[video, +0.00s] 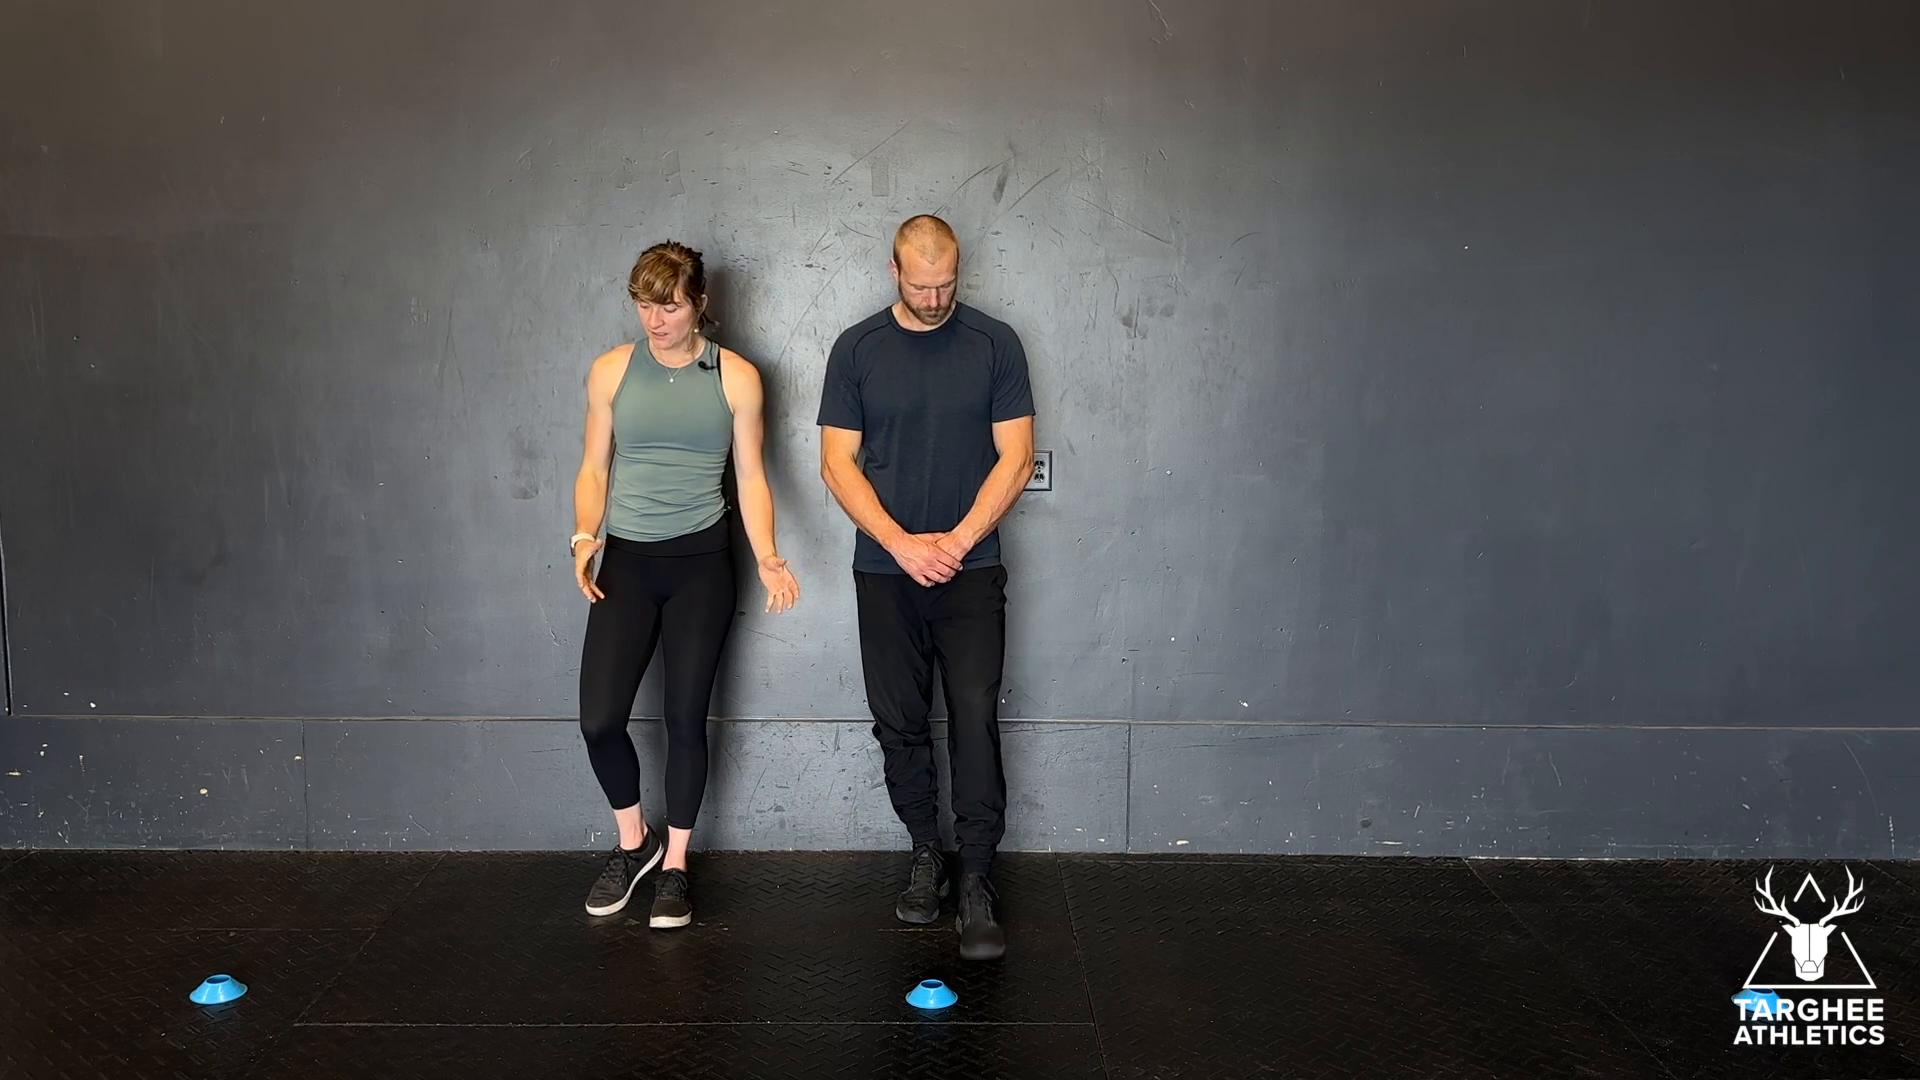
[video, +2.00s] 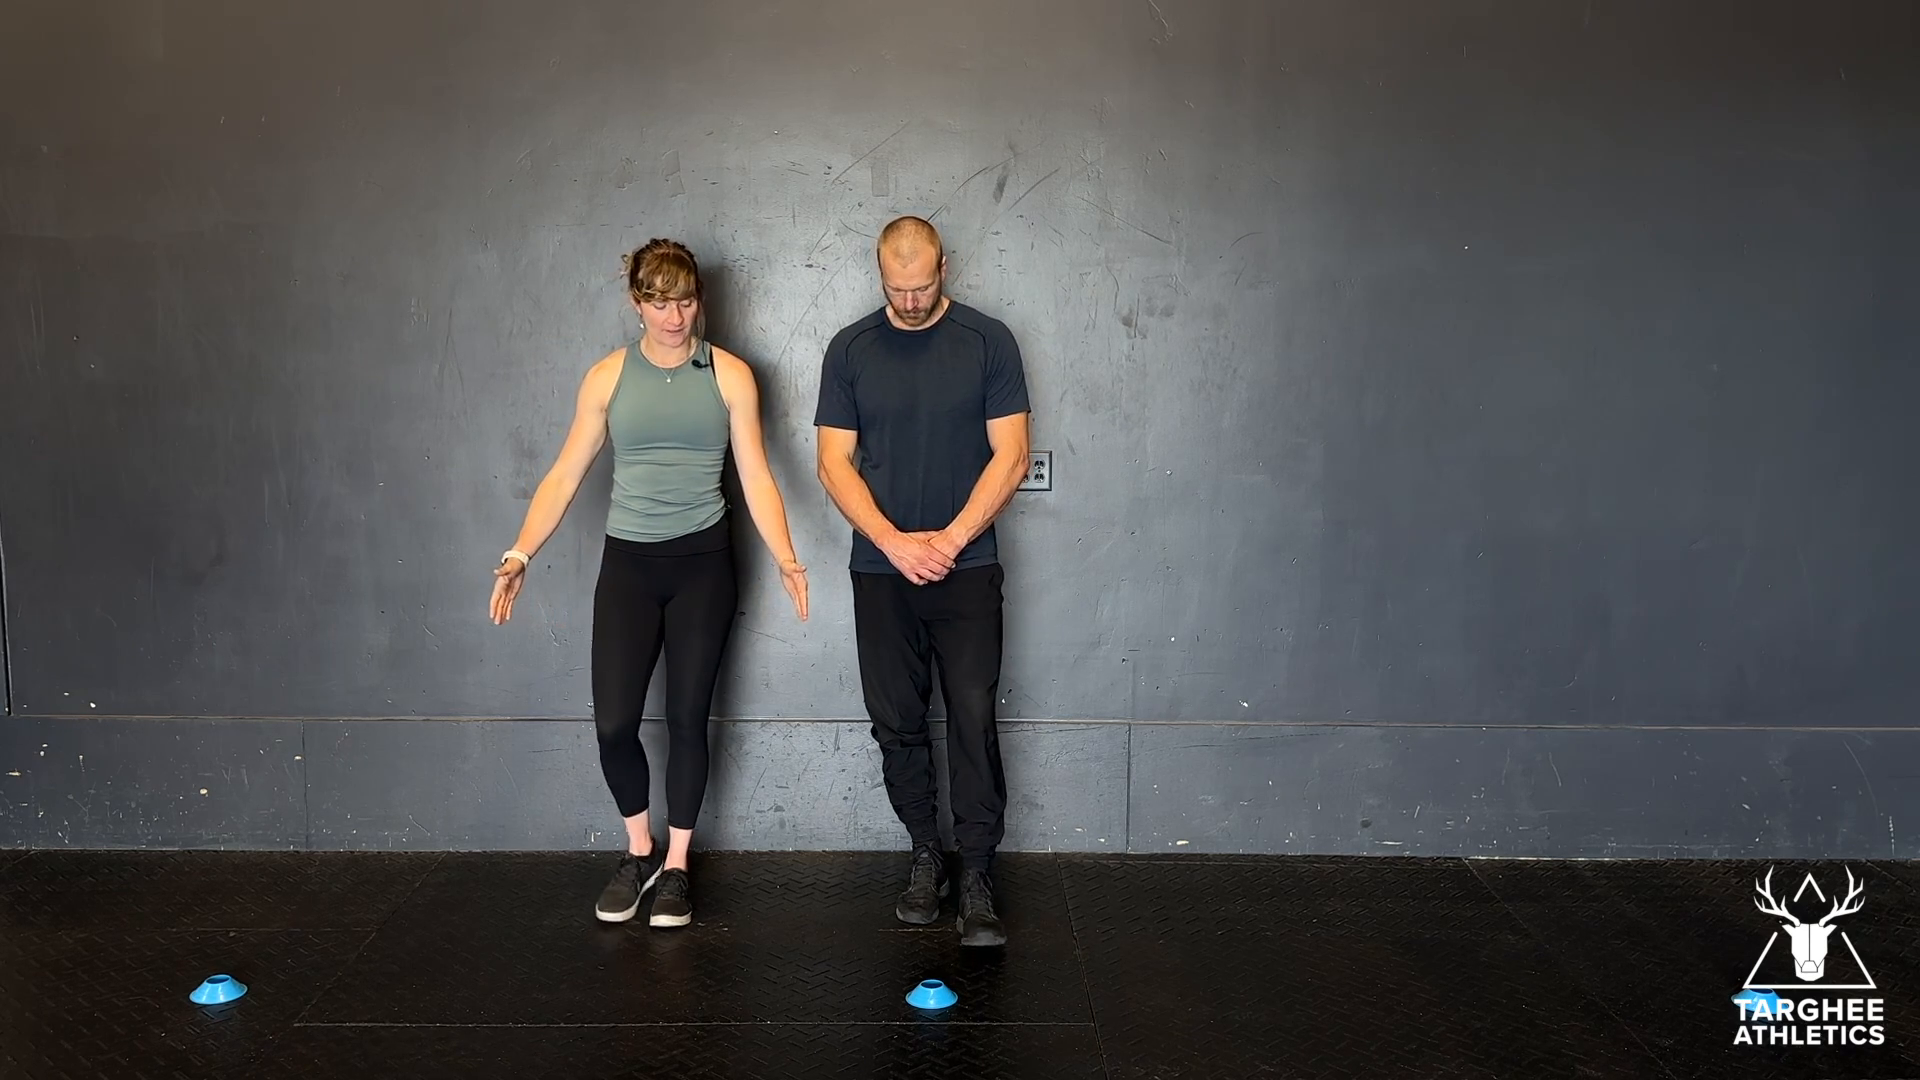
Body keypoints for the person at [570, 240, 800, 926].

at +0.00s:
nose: (654, 319)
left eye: (667, 306)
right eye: (646, 305)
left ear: (698, 304)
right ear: (635, 305)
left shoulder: (736, 377)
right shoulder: (612, 369)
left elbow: (751, 475)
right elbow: (594, 467)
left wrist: (768, 557)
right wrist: (585, 538)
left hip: (703, 560)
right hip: (624, 561)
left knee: (686, 716)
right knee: (600, 719)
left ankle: (675, 866)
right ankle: (636, 843)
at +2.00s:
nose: (675, 315)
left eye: (684, 300)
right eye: (660, 303)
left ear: (699, 301)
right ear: (636, 304)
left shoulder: (730, 376)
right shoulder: (608, 377)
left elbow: (754, 474)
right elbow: (565, 474)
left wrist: (786, 557)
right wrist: (518, 555)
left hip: (703, 562)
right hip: (626, 564)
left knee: (687, 716)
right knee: (615, 724)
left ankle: (676, 868)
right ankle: (642, 855)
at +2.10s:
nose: (676, 311)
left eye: (686, 297)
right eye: (661, 299)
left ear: (699, 301)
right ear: (636, 301)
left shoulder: (729, 377)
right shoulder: (607, 377)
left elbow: (753, 475)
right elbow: (565, 473)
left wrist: (787, 557)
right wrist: (520, 557)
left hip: (703, 563)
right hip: (626, 565)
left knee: (686, 718)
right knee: (624, 724)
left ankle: (676, 868)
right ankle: (635, 866)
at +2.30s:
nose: (679, 312)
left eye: (687, 298)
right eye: (664, 300)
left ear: (696, 299)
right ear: (633, 302)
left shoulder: (722, 375)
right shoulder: (599, 378)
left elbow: (744, 471)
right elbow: (560, 478)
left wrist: (780, 536)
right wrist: (534, 564)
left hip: (702, 564)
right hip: (626, 567)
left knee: (697, 719)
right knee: (630, 721)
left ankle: (681, 865)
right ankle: (634, 865)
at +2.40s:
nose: (682, 313)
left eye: (689, 299)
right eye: (666, 301)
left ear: (698, 300)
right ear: (634, 302)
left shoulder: (721, 376)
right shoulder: (600, 380)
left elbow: (742, 472)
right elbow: (561, 483)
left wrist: (779, 530)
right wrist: (549, 571)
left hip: (705, 564)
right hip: (628, 569)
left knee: (716, 721)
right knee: (631, 721)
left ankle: (694, 861)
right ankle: (635, 868)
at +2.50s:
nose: (685, 311)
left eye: (693, 298)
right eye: (670, 299)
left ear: (701, 300)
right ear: (639, 302)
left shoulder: (725, 374)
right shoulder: (604, 378)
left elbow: (746, 471)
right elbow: (568, 484)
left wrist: (782, 524)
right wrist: (569, 575)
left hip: (710, 565)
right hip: (633, 570)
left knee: (733, 722)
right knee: (634, 724)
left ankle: (734, 869)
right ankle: (635, 871)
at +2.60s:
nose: (690, 311)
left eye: (698, 297)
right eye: (674, 298)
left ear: (708, 300)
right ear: (645, 303)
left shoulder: (735, 378)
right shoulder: (611, 381)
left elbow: (755, 474)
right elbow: (581, 486)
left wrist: (788, 515)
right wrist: (592, 573)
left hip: (718, 568)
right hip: (639, 573)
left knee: (745, 724)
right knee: (639, 724)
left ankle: (780, 882)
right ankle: (636, 872)